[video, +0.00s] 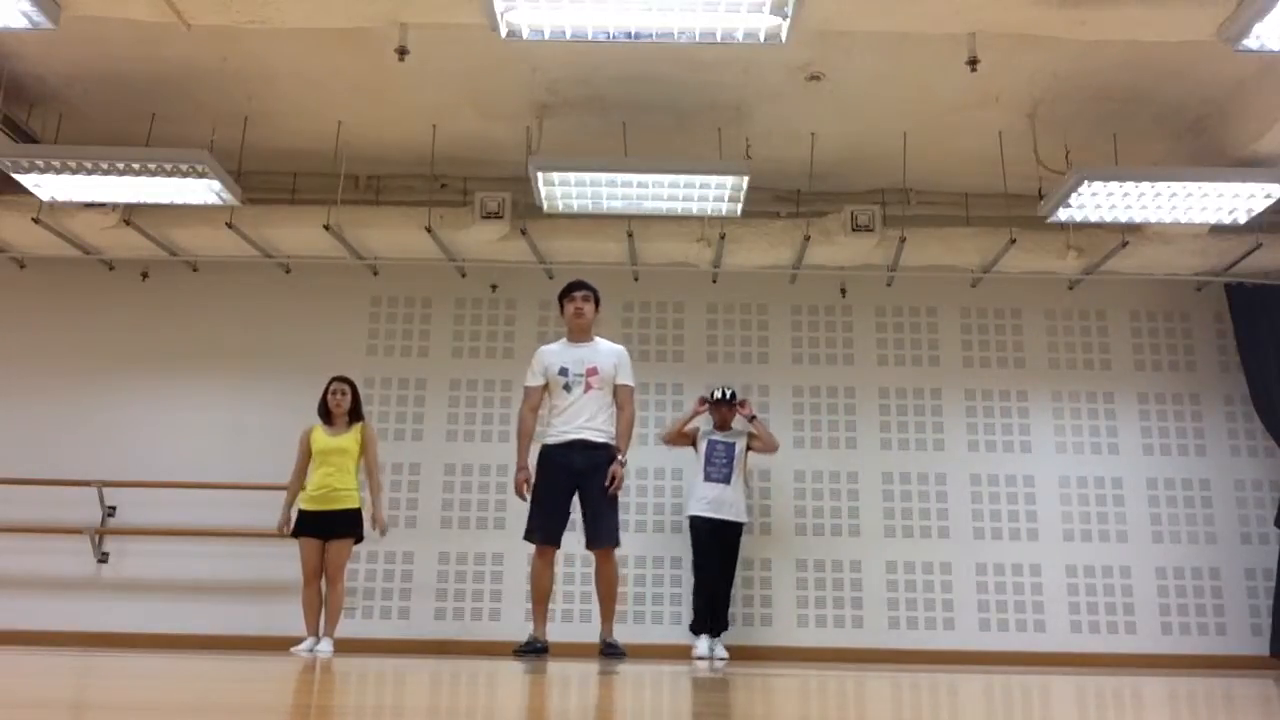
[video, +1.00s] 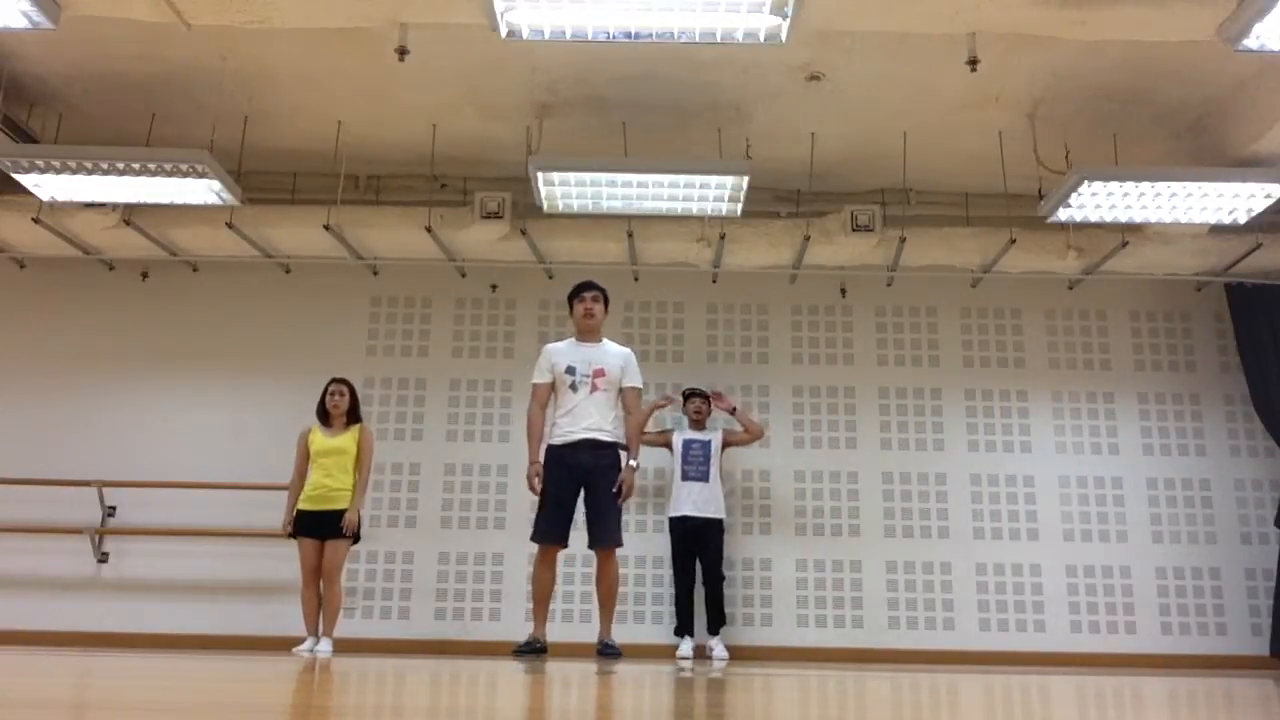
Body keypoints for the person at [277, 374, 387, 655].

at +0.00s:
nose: (337, 397)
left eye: (343, 393)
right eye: (333, 393)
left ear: (353, 399)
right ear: (325, 398)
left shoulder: (363, 431)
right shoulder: (311, 433)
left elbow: (373, 473)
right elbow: (298, 475)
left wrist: (377, 510)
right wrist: (286, 509)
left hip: (344, 509)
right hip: (310, 508)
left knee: (334, 576)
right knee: (310, 577)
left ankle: (328, 637)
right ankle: (311, 636)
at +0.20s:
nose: (338, 398)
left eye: (344, 394)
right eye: (334, 394)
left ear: (353, 399)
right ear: (326, 398)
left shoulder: (364, 431)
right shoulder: (311, 432)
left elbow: (369, 474)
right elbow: (299, 474)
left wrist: (363, 510)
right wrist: (291, 509)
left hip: (344, 508)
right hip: (311, 508)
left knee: (336, 575)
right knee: (311, 576)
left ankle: (328, 637)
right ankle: (311, 636)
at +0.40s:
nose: (338, 399)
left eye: (343, 395)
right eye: (333, 395)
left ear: (353, 400)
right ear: (326, 400)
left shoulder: (363, 432)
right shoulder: (310, 433)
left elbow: (365, 472)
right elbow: (300, 473)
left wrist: (356, 507)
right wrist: (294, 506)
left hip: (342, 509)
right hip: (310, 508)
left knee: (334, 575)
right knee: (310, 575)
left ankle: (328, 637)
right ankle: (311, 636)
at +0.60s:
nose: (337, 400)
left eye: (342, 396)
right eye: (333, 395)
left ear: (352, 401)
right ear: (325, 400)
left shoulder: (361, 433)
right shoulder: (310, 433)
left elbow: (362, 472)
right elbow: (299, 474)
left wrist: (349, 506)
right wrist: (293, 507)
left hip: (340, 509)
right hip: (309, 509)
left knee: (332, 575)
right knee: (309, 576)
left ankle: (327, 637)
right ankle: (311, 636)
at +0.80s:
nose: (336, 398)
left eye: (342, 395)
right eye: (332, 394)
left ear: (351, 400)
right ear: (324, 399)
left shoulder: (361, 431)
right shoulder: (309, 432)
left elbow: (362, 470)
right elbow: (298, 473)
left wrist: (349, 504)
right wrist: (292, 506)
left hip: (340, 509)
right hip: (309, 508)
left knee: (334, 576)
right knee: (310, 576)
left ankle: (328, 636)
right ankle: (312, 635)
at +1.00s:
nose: (335, 399)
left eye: (341, 395)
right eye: (331, 394)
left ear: (351, 400)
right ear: (324, 399)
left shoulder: (361, 433)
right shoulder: (309, 434)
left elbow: (363, 474)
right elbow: (298, 476)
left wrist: (355, 508)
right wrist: (289, 511)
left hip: (340, 510)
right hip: (308, 508)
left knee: (331, 575)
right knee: (309, 576)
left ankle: (327, 637)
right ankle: (311, 636)